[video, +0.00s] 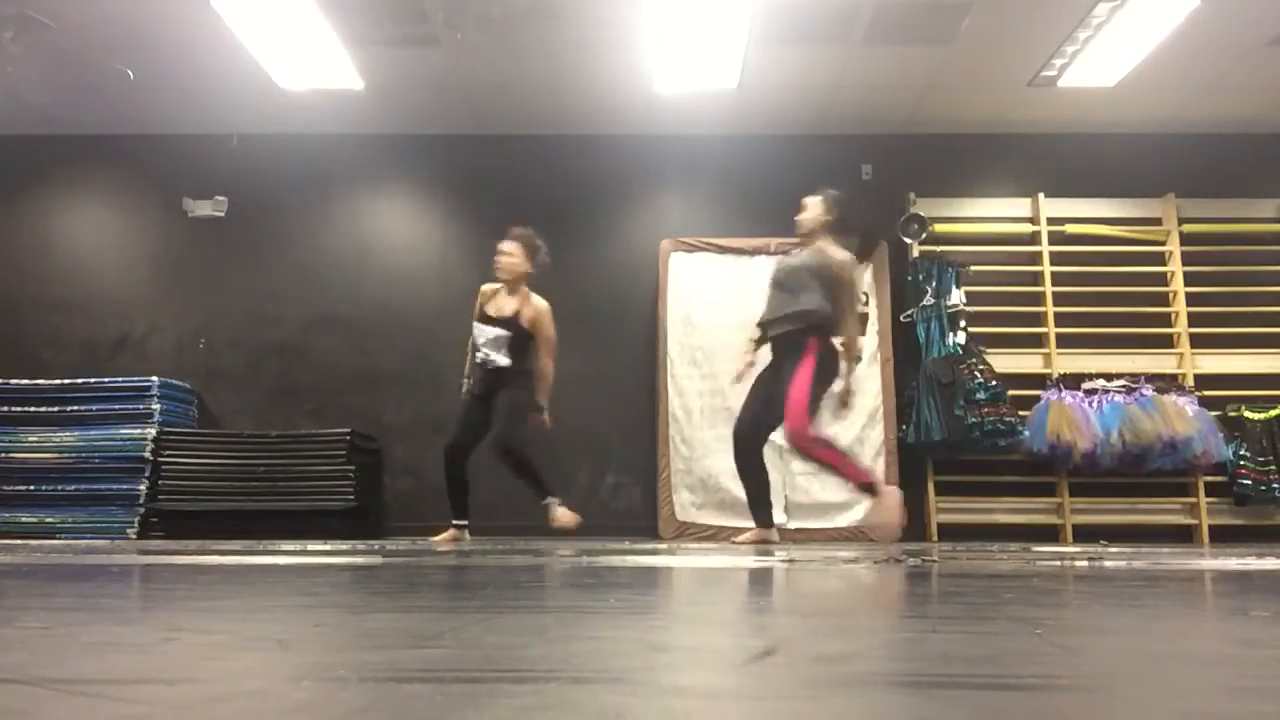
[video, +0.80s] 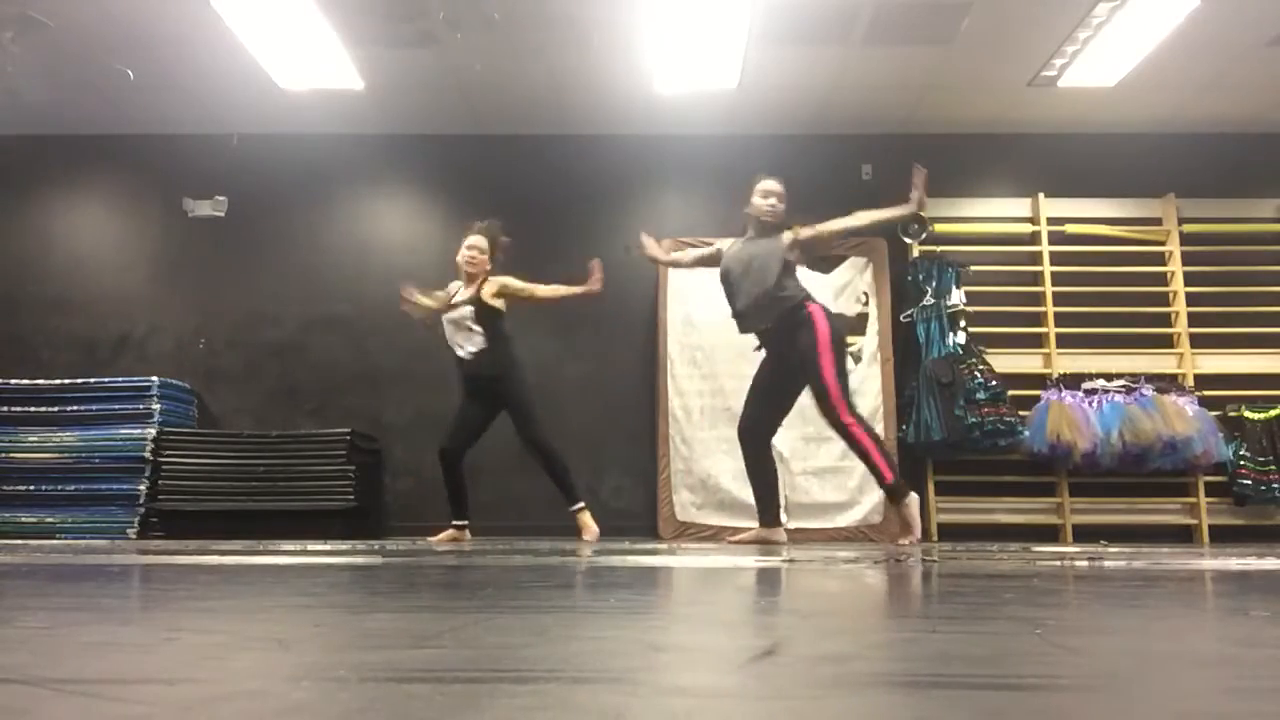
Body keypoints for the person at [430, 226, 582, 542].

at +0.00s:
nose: (499, 259)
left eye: (508, 255)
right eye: (498, 253)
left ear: (528, 265)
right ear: (496, 259)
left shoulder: (537, 308)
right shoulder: (486, 293)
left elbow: (545, 359)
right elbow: (475, 339)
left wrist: (542, 403)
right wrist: (467, 377)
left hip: (516, 386)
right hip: (483, 386)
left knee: (504, 443)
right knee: (456, 448)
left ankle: (552, 505)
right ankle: (459, 526)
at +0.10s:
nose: (473, 256)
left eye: (480, 250)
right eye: (474, 250)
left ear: (501, 256)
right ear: (489, 256)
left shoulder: (515, 295)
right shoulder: (482, 293)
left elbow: (525, 344)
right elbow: (482, 342)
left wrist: (522, 391)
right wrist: (472, 381)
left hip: (498, 381)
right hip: (476, 379)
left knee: (460, 442)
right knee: (456, 446)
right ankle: (460, 524)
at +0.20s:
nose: (464, 258)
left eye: (470, 251)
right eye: (465, 251)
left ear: (489, 256)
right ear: (486, 257)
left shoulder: (500, 290)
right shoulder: (487, 291)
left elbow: (500, 339)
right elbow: (484, 341)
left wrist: (485, 382)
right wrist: (468, 380)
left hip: (476, 379)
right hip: (468, 377)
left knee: (442, 444)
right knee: (446, 447)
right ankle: (453, 523)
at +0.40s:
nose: (455, 260)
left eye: (461, 254)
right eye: (457, 253)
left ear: (480, 257)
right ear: (481, 258)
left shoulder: (476, 283)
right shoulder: (498, 289)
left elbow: (461, 328)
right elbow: (484, 342)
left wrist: (432, 361)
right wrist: (448, 361)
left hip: (468, 383)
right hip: (483, 384)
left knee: (422, 440)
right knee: (446, 448)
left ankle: (437, 517)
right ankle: (457, 523)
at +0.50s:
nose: (452, 261)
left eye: (458, 255)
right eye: (454, 254)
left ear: (476, 258)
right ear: (477, 260)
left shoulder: (476, 285)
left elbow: (464, 332)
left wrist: (424, 351)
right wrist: (447, 373)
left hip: (476, 384)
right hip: (484, 385)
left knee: (422, 435)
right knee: (445, 445)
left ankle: (456, 506)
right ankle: (454, 521)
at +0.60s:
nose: (450, 261)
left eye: (456, 254)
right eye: (452, 254)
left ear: (474, 258)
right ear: (471, 259)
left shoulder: (488, 289)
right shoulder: (474, 293)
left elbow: (480, 332)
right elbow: (465, 335)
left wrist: (452, 351)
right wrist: (445, 342)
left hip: (481, 383)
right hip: (465, 384)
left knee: (463, 447)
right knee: (437, 451)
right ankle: (457, 524)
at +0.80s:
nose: (471, 255)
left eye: (479, 251)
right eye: (467, 249)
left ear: (490, 261)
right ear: (458, 255)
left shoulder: (496, 286)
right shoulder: (452, 291)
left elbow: (540, 291)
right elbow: (432, 304)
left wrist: (586, 289)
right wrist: (413, 300)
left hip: (510, 385)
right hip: (478, 391)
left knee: (534, 440)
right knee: (449, 453)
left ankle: (580, 512)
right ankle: (459, 527)